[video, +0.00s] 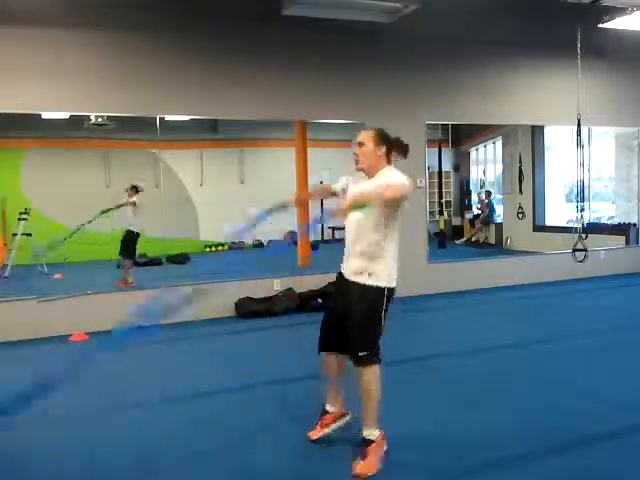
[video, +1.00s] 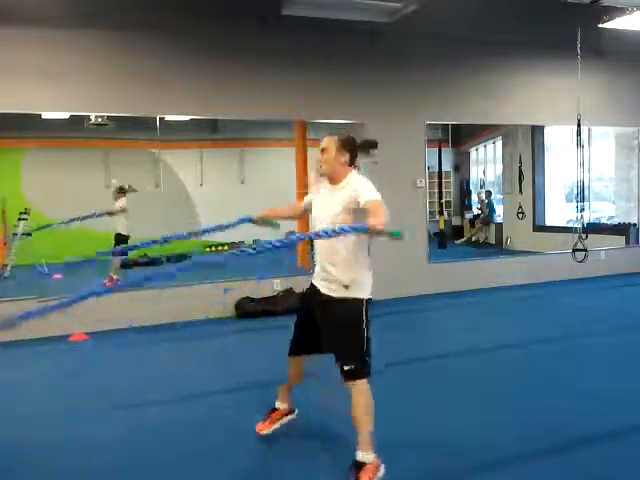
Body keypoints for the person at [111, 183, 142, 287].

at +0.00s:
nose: (127, 192)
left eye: (129, 191)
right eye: (128, 190)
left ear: (134, 192)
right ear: (133, 192)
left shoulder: (134, 202)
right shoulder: (130, 202)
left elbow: (125, 204)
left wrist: (112, 209)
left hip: (133, 229)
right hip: (129, 229)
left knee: (126, 255)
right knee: (126, 255)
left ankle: (127, 279)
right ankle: (126, 278)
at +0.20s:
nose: (121, 202)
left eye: (122, 199)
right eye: (121, 199)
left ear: (127, 199)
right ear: (129, 198)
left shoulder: (131, 208)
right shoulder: (129, 207)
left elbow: (124, 214)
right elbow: (124, 214)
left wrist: (117, 214)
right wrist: (117, 214)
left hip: (132, 233)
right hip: (130, 232)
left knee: (128, 256)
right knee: (126, 256)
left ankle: (130, 279)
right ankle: (127, 277)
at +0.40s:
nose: (120, 196)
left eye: (122, 193)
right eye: (120, 193)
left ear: (127, 194)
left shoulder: (130, 202)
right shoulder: (125, 202)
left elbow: (127, 215)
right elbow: (121, 213)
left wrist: (115, 216)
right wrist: (111, 214)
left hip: (128, 230)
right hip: (124, 229)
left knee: (122, 254)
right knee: (120, 253)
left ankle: (124, 277)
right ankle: (122, 276)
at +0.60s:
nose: (120, 196)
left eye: (122, 194)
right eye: (120, 194)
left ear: (126, 194)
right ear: (128, 195)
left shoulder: (128, 204)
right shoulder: (124, 204)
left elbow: (117, 215)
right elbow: (116, 216)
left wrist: (103, 213)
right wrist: (104, 219)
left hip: (122, 233)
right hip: (120, 232)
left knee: (113, 257)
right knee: (114, 257)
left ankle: (113, 278)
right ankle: (113, 277)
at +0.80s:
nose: (119, 194)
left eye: (121, 192)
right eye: (120, 192)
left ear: (126, 194)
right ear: (127, 194)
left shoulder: (126, 205)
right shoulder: (123, 204)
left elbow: (115, 213)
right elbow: (121, 218)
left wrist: (98, 216)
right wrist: (113, 221)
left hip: (120, 235)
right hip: (118, 234)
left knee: (112, 259)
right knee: (113, 259)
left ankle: (110, 279)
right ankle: (111, 279)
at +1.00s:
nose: (113, 196)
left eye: (114, 194)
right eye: (113, 194)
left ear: (119, 194)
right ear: (121, 194)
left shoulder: (122, 203)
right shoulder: (119, 203)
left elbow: (115, 211)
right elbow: (113, 212)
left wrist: (103, 213)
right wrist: (102, 213)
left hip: (122, 232)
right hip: (119, 231)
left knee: (117, 256)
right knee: (116, 256)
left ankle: (113, 276)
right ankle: (113, 276)